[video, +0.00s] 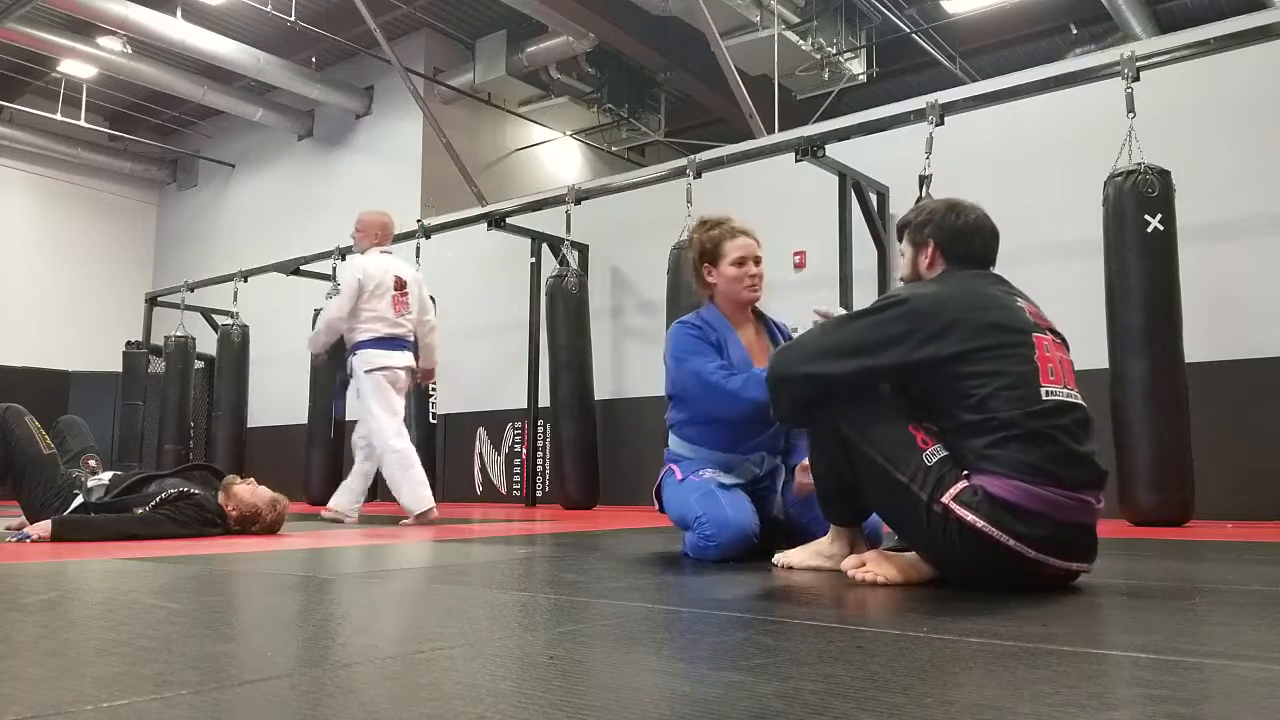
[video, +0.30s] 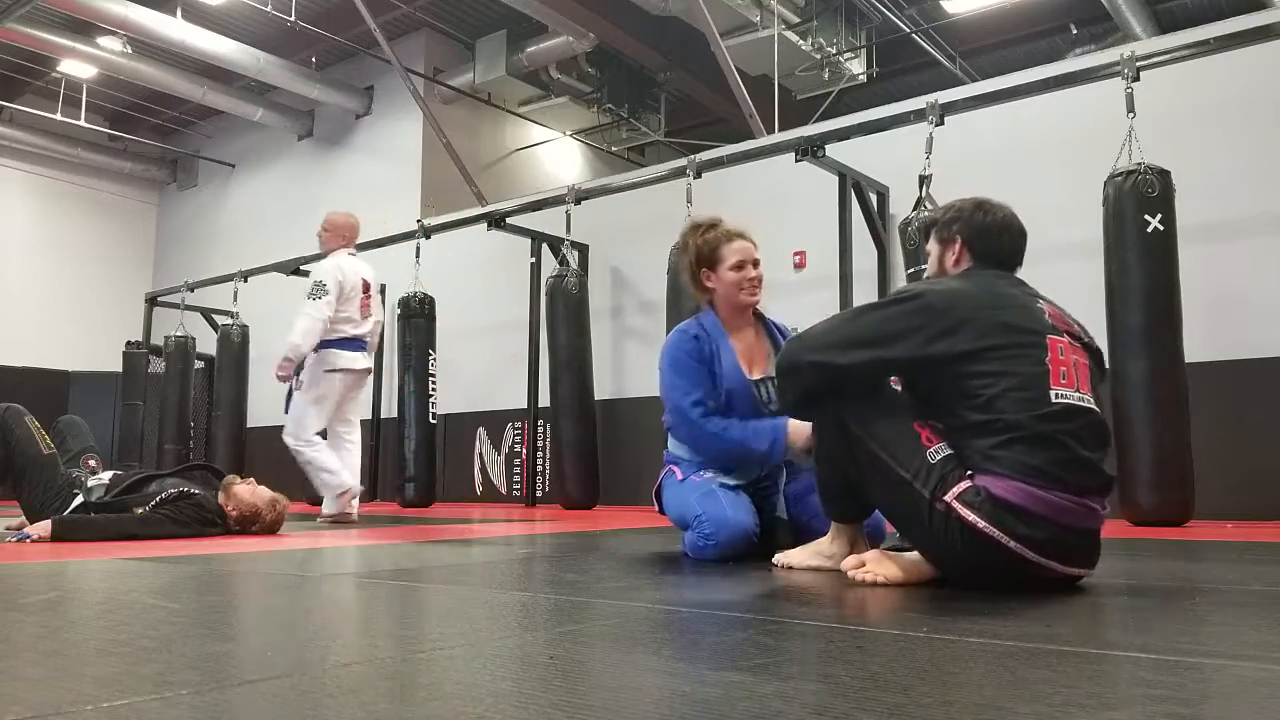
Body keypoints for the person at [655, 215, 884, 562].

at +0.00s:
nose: (754, 272)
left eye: (757, 262)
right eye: (740, 264)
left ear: (764, 266)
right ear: (710, 274)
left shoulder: (781, 336)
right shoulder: (688, 334)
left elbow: (798, 415)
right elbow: (723, 394)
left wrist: (802, 463)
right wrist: (798, 376)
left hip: (773, 473)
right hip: (700, 472)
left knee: (865, 528)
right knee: (735, 533)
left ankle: (770, 530)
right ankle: (696, 542)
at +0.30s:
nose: (754, 275)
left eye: (756, 265)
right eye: (739, 267)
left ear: (763, 266)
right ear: (709, 279)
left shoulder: (784, 338)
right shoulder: (686, 342)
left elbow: (813, 400)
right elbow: (695, 431)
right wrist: (785, 432)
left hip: (778, 472)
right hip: (702, 474)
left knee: (869, 526)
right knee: (733, 532)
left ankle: (768, 525)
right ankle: (697, 541)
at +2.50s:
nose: (871, 311)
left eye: (875, 301)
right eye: (867, 299)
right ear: (830, 287)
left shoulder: (848, 349)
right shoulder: (755, 340)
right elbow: (776, 441)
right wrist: (825, 394)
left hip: (789, 463)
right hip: (710, 454)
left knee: (879, 534)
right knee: (727, 540)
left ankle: (777, 525)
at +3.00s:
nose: (922, 306)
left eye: (927, 296)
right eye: (920, 293)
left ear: (889, 279)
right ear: (888, 277)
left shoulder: (900, 331)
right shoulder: (796, 314)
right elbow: (785, 416)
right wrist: (863, 380)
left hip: (810, 447)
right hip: (734, 427)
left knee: (884, 533)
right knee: (727, 545)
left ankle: (768, 527)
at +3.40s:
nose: (995, 302)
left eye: (1001, 291)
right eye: (993, 286)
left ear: (958, 271)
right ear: (956, 268)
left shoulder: (947, 335)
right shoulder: (867, 291)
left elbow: (966, 391)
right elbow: (857, 373)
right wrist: (949, 417)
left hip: (831, 438)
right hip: (761, 409)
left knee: (871, 531)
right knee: (742, 541)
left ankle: (766, 535)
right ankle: (703, 536)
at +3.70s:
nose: (1031, 303)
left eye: (1039, 291)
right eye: (1028, 288)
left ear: (990, 270)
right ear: (986, 266)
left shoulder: (996, 326)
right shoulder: (898, 295)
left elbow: (1033, 410)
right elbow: (876, 409)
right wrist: (962, 443)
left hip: (878, 429)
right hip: (800, 405)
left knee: (884, 540)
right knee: (804, 549)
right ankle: (760, 518)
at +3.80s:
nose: (1035, 307)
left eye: (1042, 293)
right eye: (1031, 289)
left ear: (990, 271)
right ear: (987, 268)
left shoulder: (1002, 325)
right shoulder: (899, 294)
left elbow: (1040, 413)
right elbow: (861, 406)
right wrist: (941, 439)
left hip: (884, 428)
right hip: (806, 405)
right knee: (803, 551)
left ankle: (854, 521)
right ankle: (755, 520)